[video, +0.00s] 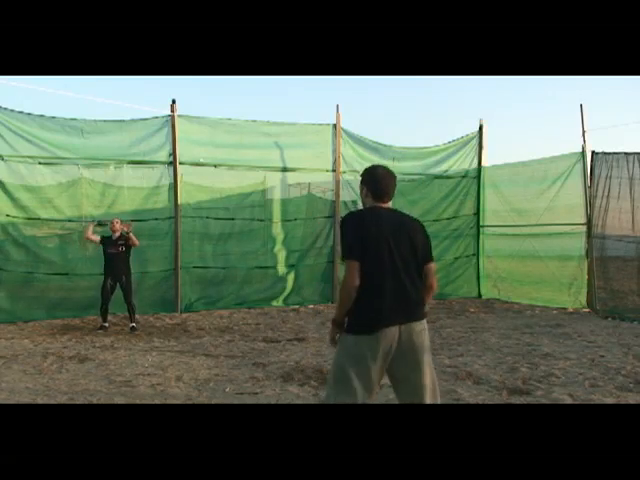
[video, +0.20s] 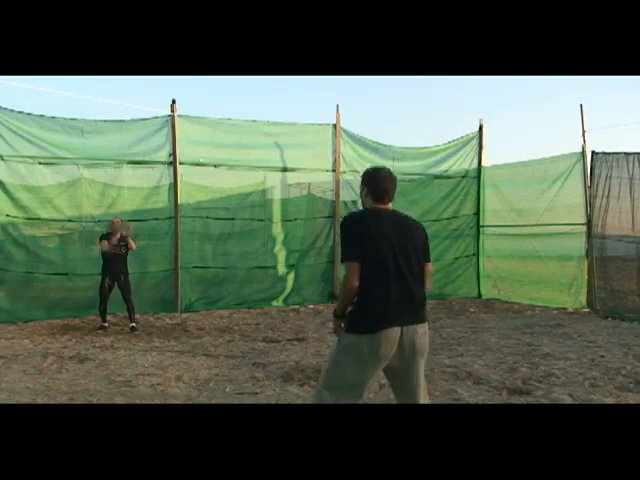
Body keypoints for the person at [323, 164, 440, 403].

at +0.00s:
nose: (360, 191)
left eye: (361, 187)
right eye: (361, 187)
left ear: (364, 190)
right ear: (393, 193)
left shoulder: (354, 221)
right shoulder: (413, 224)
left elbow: (352, 281)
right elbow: (430, 283)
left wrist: (338, 320)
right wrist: (413, 311)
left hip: (368, 330)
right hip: (413, 327)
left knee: (345, 397)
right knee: (422, 398)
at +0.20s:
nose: (360, 193)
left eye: (361, 189)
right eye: (362, 189)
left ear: (365, 191)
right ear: (392, 194)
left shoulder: (355, 222)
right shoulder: (416, 227)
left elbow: (352, 282)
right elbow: (425, 281)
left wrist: (339, 312)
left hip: (370, 332)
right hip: (415, 332)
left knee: (333, 397)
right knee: (415, 399)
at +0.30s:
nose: (358, 204)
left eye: (359, 201)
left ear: (362, 204)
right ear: (391, 207)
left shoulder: (350, 235)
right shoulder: (410, 239)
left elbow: (345, 294)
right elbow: (414, 288)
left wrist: (335, 324)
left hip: (366, 343)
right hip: (412, 342)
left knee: (328, 400)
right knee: (411, 400)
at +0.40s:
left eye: (357, 204)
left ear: (359, 208)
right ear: (387, 210)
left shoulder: (343, 239)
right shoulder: (402, 244)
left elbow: (336, 297)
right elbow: (403, 291)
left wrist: (326, 328)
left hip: (356, 349)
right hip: (402, 347)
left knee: (317, 400)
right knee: (403, 399)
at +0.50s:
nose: (338, 198)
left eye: (339, 192)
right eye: (339, 192)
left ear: (346, 195)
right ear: (377, 195)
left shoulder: (334, 227)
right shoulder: (394, 231)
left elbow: (323, 286)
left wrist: (313, 312)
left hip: (341, 338)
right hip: (387, 336)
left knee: (314, 398)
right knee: (394, 398)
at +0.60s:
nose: (333, 183)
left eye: (333, 179)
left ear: (336, 184)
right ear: (365, 183)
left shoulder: (320, 218)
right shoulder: (386, 219)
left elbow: (308, 274)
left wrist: (297, 297)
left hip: (329, 328)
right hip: (375, 326)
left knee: (315, 397)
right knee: (391, 396)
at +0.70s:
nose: (319, 182)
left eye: (320, 177)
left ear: (322, 184)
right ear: (353, 181)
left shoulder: (307, 221)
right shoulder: (371, 215)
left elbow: (294, 278)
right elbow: (376, 182)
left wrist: (285, 292)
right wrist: (367, 145)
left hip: (322, 327)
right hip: (369, 324)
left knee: (313, 397)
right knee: (382, 396)